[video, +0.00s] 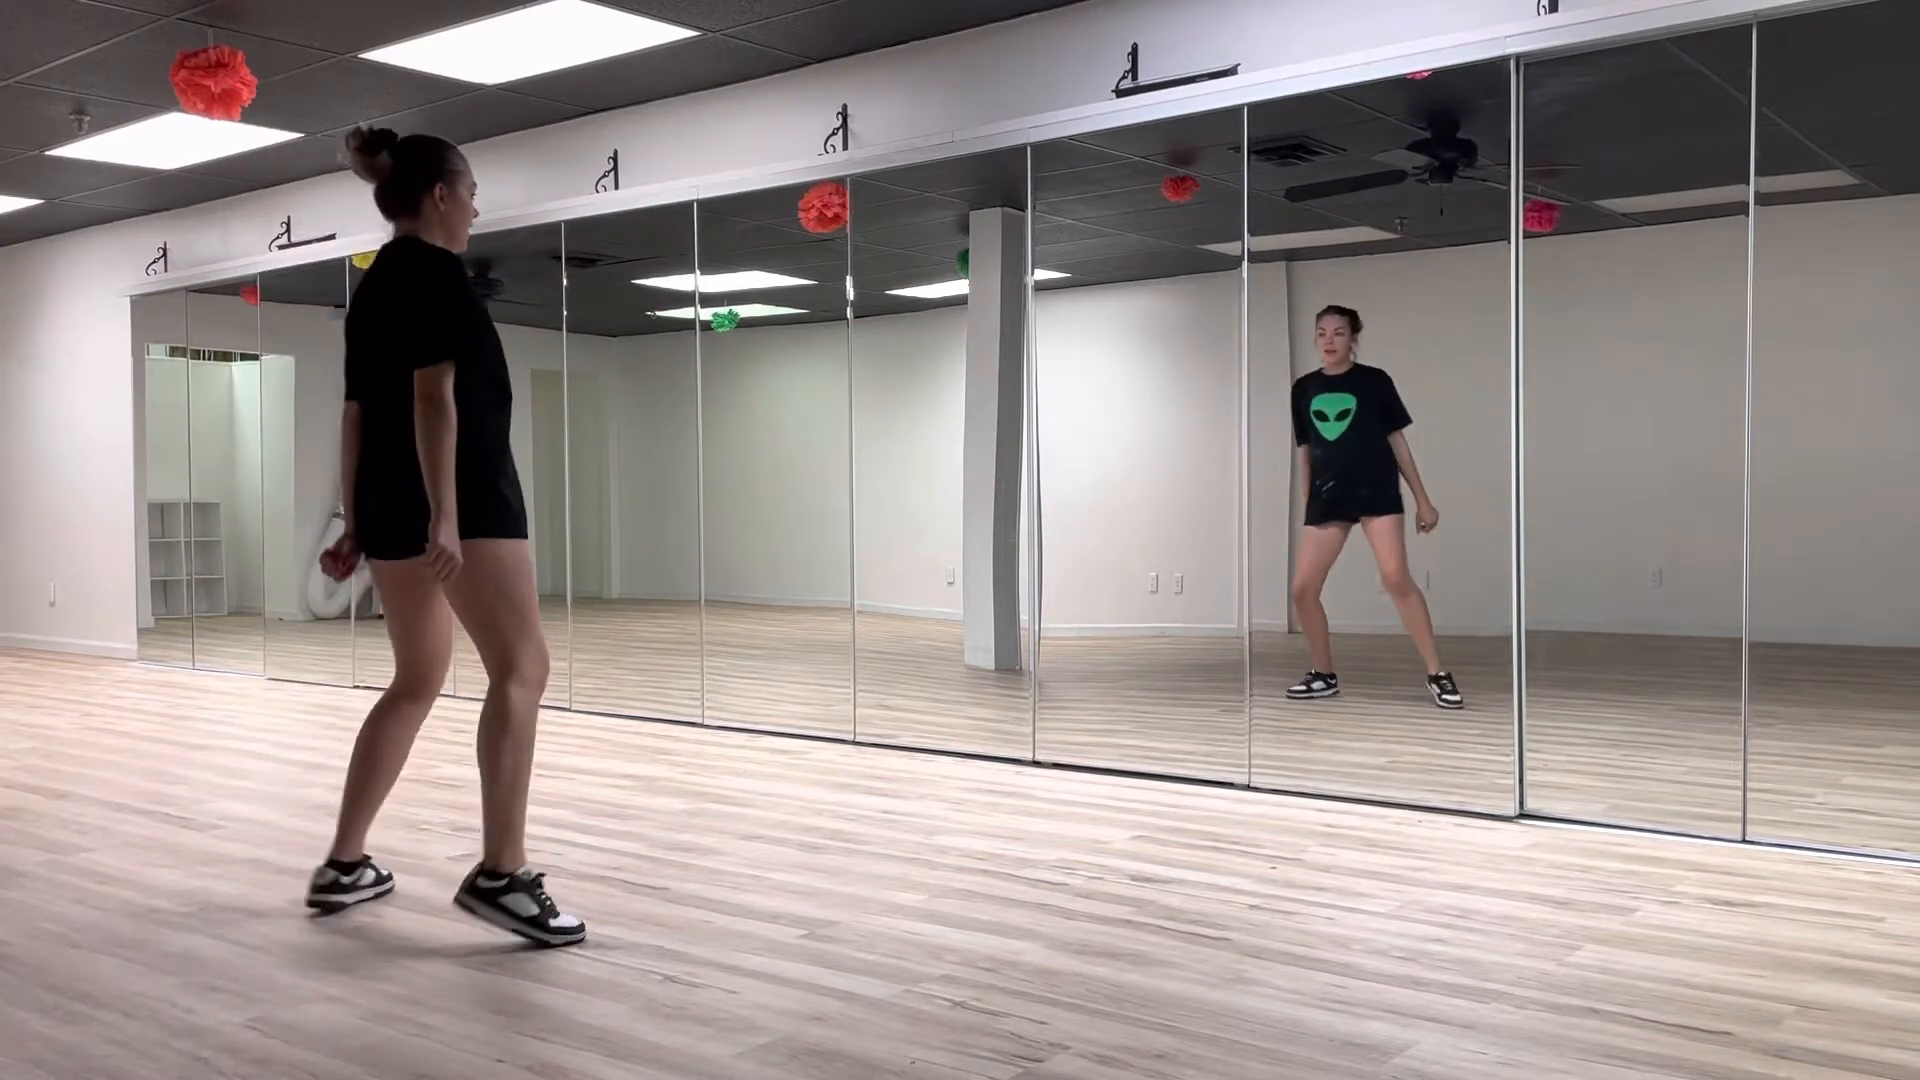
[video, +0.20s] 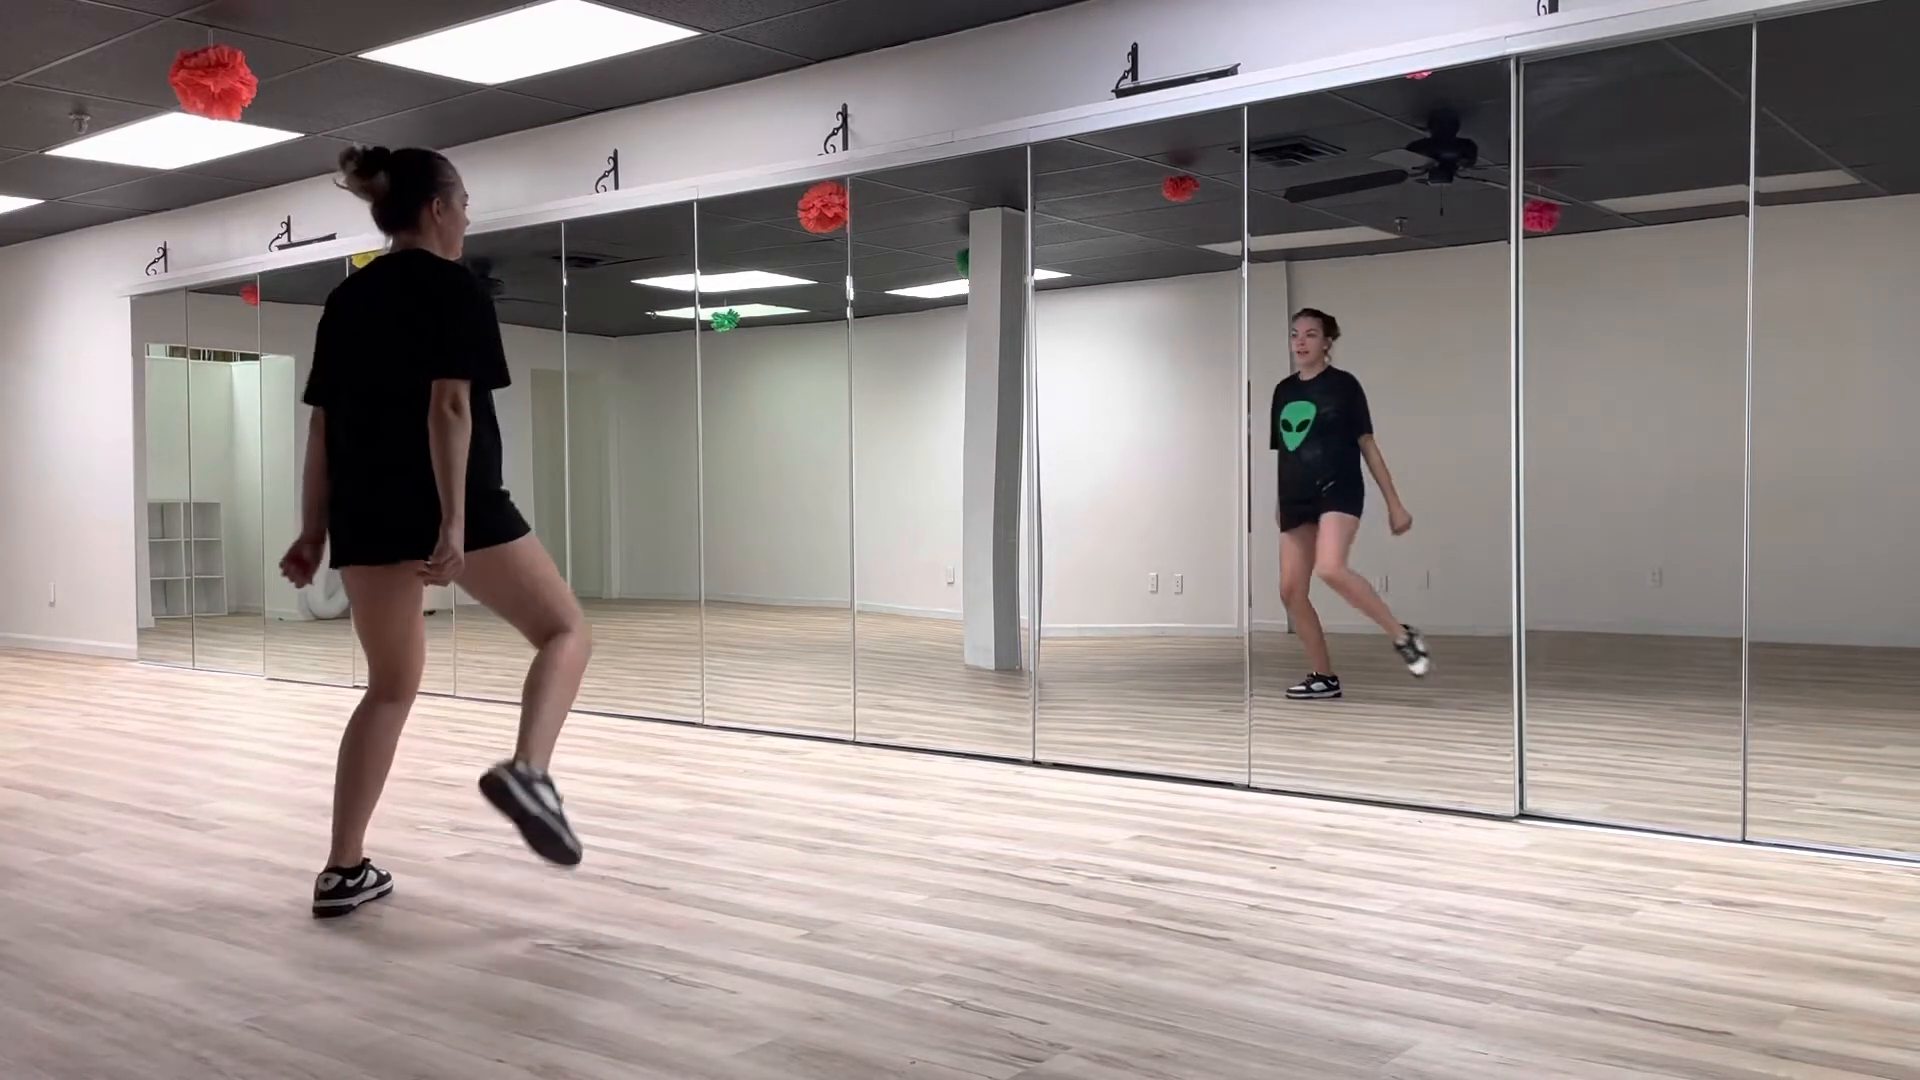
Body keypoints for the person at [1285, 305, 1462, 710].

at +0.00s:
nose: (1329, 339)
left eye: (1338, 333)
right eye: (1323, 333)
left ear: (1353, 339)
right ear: (1315, 339)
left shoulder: (1375, 380)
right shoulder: (1304, 388)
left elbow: (1398, 443)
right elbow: (1305, 453)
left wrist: (1422, 500)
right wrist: (1309, 505)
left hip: (1378, 492)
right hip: (1329, 496)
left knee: (1396, 579)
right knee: (1304, 588)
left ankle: (1436, 675)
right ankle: (1323, 675)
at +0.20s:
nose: (1300, 341)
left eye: (1310, 335)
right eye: (1295, 334)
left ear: (1327, 342)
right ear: (1290, 341)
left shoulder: (1345, 385)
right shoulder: (1284, 390)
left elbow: (1368, 446)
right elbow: (1284, 453)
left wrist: (1394, 504)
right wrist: (1283, 504)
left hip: (1339, 491)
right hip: (1296, 496)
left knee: (1331, 569)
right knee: (1291, 591)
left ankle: (1401, 635)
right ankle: (1323, 677)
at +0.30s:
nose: (1288, 338)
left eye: (1298, 331)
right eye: (1283, 331)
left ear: (1316, 337)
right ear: (1279, 337)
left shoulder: (1332, 381)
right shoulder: (1274, 387)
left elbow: (1354, 444)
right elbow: (1274, 452)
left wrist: (1377, 504)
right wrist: (1274, 502)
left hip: (1328, 484)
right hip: (1287, 491)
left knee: (1296, 557)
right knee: (1288, 588)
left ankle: (1356, 633)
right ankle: (1322, 675)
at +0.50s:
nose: (1267, 335)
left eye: (1276, 328)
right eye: (1264, 328)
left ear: (1296, 334)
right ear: (1260, 333)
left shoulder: (1309, 378)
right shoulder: (1261, 381)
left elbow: (1329, 445)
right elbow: (1259, 440)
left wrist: (1347, 504)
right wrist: (1256, 492)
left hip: (1297, 490)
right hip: (1268, 491)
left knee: (1264, 570)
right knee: (1274, 587)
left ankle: (1258, 677)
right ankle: (1323, 669)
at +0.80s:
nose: (1247, 343)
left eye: (1254, 336)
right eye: (1248, 336)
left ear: (1277, 341)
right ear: (1271, 343)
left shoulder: (1276, 383)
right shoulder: (1287, 382)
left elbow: (1281, 444)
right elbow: (1303, 450)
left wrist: (1270, 501)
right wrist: (1307, 507)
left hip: (1253, 500)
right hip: (1284, 501)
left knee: (1235, 585)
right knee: (1269, 594)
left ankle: (1249, 684)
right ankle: (1310, 680)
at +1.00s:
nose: (1246, 343)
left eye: (1251, 336)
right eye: (1246, 336)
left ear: (1272, 341)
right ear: (1278, 342)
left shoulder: (1258, 385)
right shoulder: (1304, 387)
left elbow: (1241, 440)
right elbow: (1322, 447)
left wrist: (1208, 489)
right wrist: (1331, 500)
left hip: (1257, 494)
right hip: (1300, 499)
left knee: (1203, 566)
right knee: (1280, 591)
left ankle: (1226, 625)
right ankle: (1313, 681)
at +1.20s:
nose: (1229, 342)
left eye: (1236, 335)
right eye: (1230, 335)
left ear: (1258, 339)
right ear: (1266, 341)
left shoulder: (1241, 378)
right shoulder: (1295, 382)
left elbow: (1218, 436)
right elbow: (1315, 441)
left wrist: (1184, 485)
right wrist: (1327, 493)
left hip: (1234, 486)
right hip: (1283, 492)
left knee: (1186, 559)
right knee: (1282, 591)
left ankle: (1163, 640)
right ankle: (1309, 679)